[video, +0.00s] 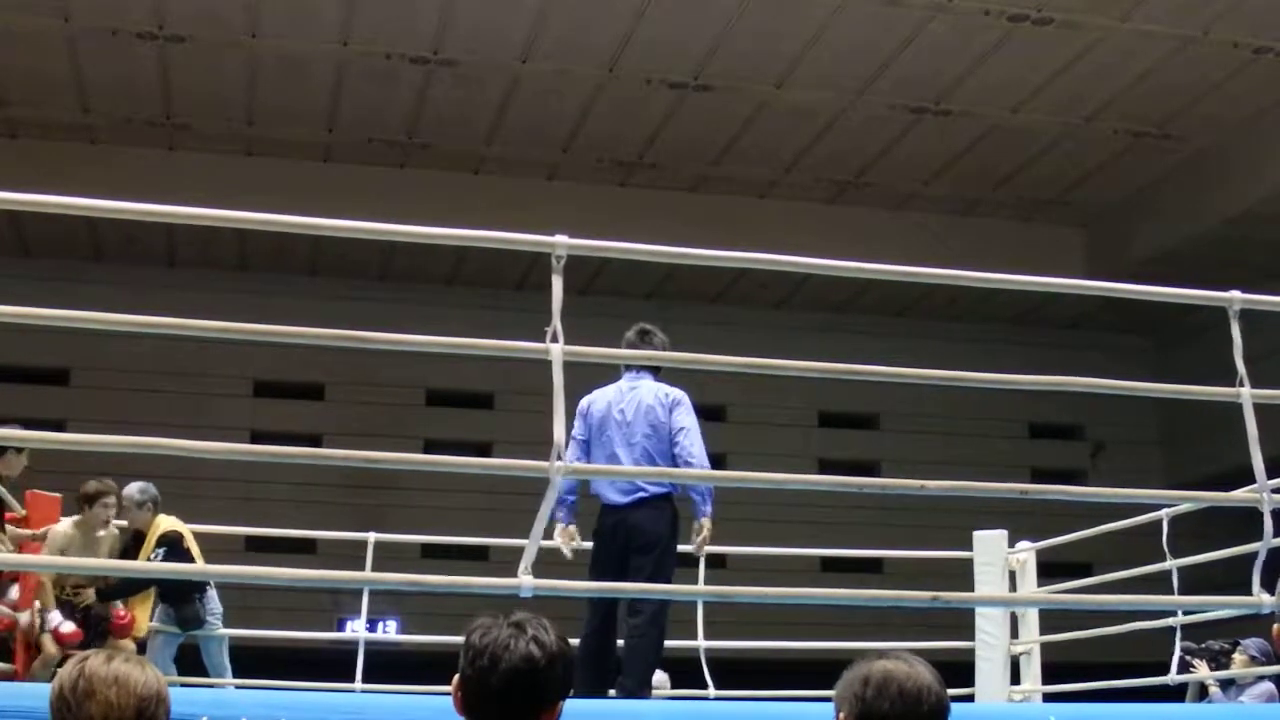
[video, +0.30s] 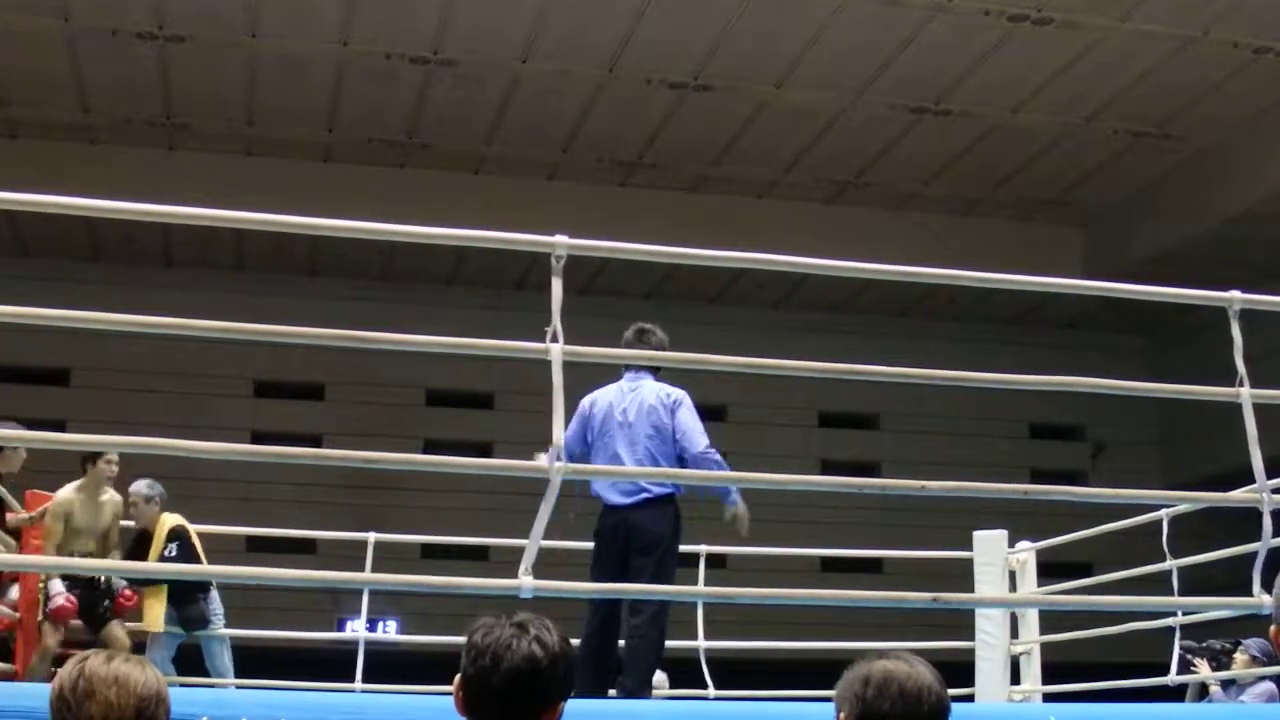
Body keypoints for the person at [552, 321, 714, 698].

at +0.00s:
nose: (659, 364)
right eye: (661, 358)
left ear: (623, 357)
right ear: (660, 360)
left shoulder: (591, 402)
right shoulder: (674, 400)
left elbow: (573, 462)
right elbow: (691, 457)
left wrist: (565, 517)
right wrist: (704, 511)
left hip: (610, 519)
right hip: (655, 518)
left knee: (599, 608)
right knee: (647, 609)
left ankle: (587, 698)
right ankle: (633, 699)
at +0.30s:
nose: (659, 362)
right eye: (662, 357)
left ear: (624, 356)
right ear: (660, 359)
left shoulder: (594, 401)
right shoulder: (673, 399)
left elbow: (569, 452)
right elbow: (700, 453)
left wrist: (550, 458)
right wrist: (731, 497)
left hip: (611, 519)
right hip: (657, 518)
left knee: (602, 607)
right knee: (647, 608)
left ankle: (587, 698)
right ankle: (633, 698)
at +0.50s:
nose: (670, 362)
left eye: (666, 356)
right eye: (669, 357)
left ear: (628, 355)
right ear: (664, 359)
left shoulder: (594, 399)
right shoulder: (669, 398)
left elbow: (550, 435)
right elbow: (708, 439)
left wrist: (536, 417)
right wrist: (769, 435)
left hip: (612, 516)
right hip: (656, 515)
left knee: (603, 606)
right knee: (648, 606)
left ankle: (587, 697)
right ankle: (634, 698)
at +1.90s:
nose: (673, 366)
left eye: (673, 360)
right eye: (673, 360)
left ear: (631, 356)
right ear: (666, 360)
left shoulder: (597, 399)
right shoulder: (669, 396)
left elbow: (555, 437)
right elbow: (714, 428)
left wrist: (529, 473)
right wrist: (768, 402)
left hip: (610, 517)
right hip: (655, 516)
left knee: (602, 604)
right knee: (645, 606)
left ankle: (589, 696)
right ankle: (633, 698)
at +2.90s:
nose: (660, 361)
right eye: (664, 355)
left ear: (627, 361)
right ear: (665, 361)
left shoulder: (604, 407)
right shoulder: (677, 408)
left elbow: (586, 463)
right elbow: (726, 457)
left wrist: (589, 439)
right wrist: (772, 442)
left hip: (617, 528)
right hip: (661, 525)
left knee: (631, 615)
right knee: (692, 610)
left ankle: (638, 705)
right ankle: (653, 680)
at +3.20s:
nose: (660, 360)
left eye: (655, 354)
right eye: (658, 354)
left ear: (615, 359)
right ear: (652, 360)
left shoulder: (592, 409)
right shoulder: (670, 407)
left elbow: (600, 458)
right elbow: (694, 467)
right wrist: (698, 445)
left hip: (611, 524)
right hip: (657, 520)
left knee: (626, 609)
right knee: (681, 603)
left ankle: (635, 699)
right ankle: (645, 665)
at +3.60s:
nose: (649, 334)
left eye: (646, 326)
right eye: (646, 327)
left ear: (600, 331)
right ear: (636, 332)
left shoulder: (572, 379)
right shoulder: (645, 377)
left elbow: (548, 442)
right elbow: (651, 439)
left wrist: (569, 474)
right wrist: (654, 478)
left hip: (577, 496)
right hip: (621, 495)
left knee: (594, 587)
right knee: (620, 588)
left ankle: (600, 678)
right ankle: (608, 685)